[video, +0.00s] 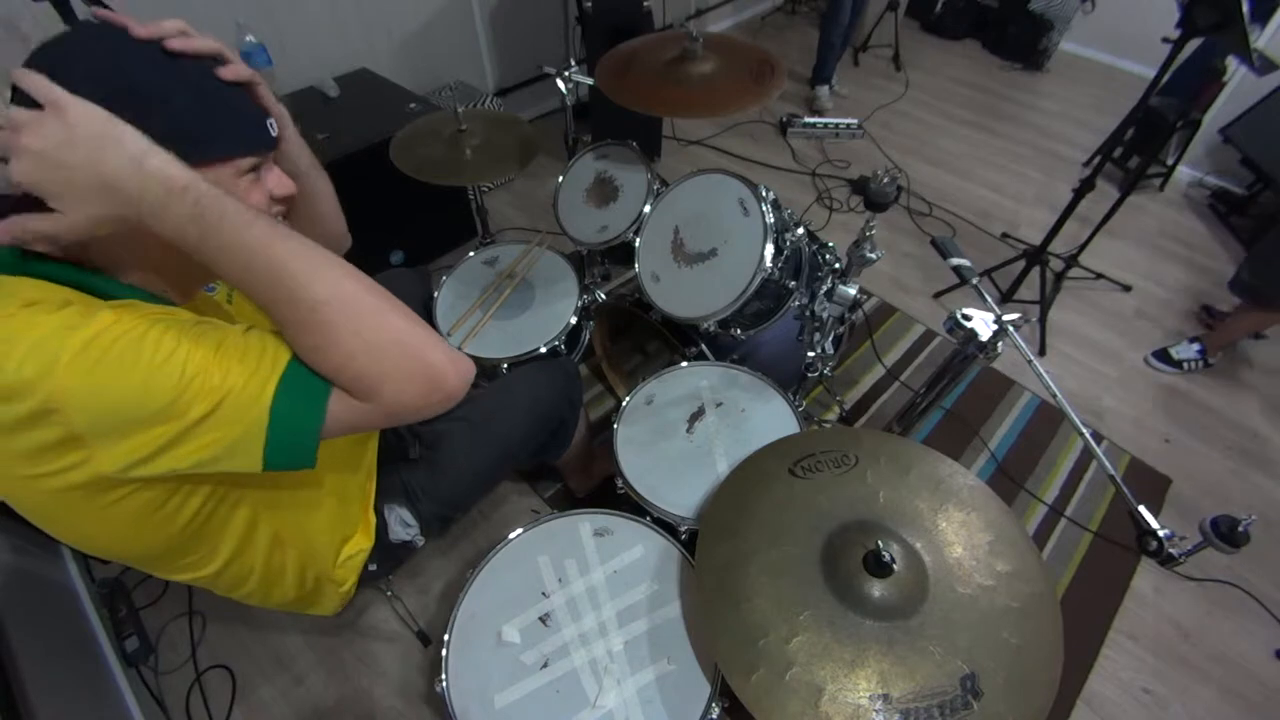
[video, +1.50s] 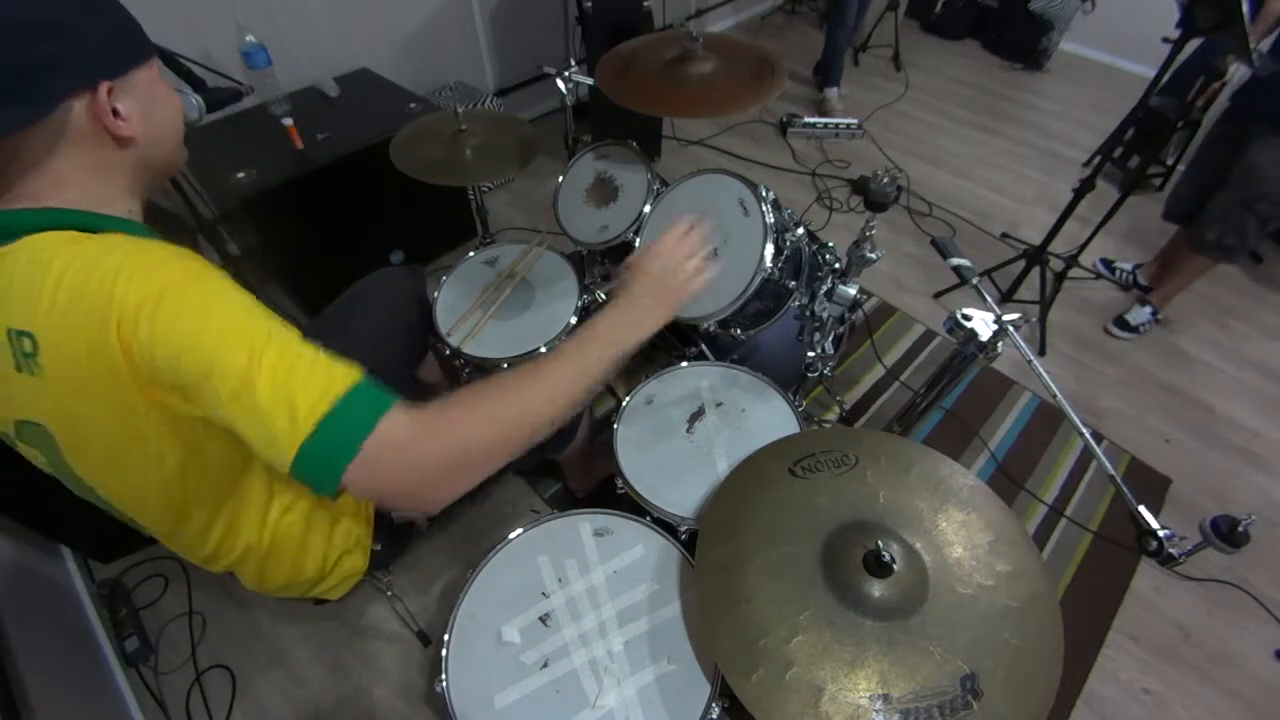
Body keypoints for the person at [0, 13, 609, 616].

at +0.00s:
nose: (283, 188)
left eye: (268, 160)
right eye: (245, 175)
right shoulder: (72, 368)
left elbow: (323, 246)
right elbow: (431, 379)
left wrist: (263, 108)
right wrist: (155, 191)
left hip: (265, 355)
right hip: (339, 503)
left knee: (486, 277)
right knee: (552, 378)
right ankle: (572, 470)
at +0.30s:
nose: (250, 196)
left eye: (248, 177)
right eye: (236, 176)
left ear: (137, 190)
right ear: (142, 189)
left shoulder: (78, 251)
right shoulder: (112, 392)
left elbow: (262, 297)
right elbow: (388, 461)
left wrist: (277, 183)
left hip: (279, 393)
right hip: (349, 516)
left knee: (426, 292)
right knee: (554, 375)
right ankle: (567, 472)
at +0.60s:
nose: (189, 123)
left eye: (176, 105)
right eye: (172, 108)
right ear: (123, 148)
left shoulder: (18, 283)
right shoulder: (188, 338)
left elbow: (199, 355)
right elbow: (342, 445)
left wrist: (353, 323)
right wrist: (446, 346)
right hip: (331, 533)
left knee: (409, 317)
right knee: (561, 373)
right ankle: (577, 474)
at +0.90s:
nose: (178, 103)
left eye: (162, 81)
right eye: (157, 84)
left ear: (108, 120)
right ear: (112, 120)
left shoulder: (21, 263)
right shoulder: (187, 317)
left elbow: (191, 358)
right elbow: (354, 440)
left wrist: (361, 335)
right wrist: (445, 354)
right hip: (339, 518)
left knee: (401, 280)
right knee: (562, 362)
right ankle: (572, 474)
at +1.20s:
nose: (184, 101)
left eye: (171, 78)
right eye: (165, 80)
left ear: (111, 112)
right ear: (116, 110)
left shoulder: (23, 251)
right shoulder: (174, 330)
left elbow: (178, 358)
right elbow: (343, 474)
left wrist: (341, 320)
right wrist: (452, 378)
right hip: (343, 526)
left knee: (398, 294)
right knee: (556, 358)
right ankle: (573, 472)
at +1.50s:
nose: (176, 90)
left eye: (161, 69)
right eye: (157, 72)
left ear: (52, 121)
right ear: (111, 110)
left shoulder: (18, 259)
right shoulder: (145, 292)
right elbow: (423, 471)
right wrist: (635, 309)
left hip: (222, 511)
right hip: (327, 533)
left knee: (397, 287)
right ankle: (578, 464)